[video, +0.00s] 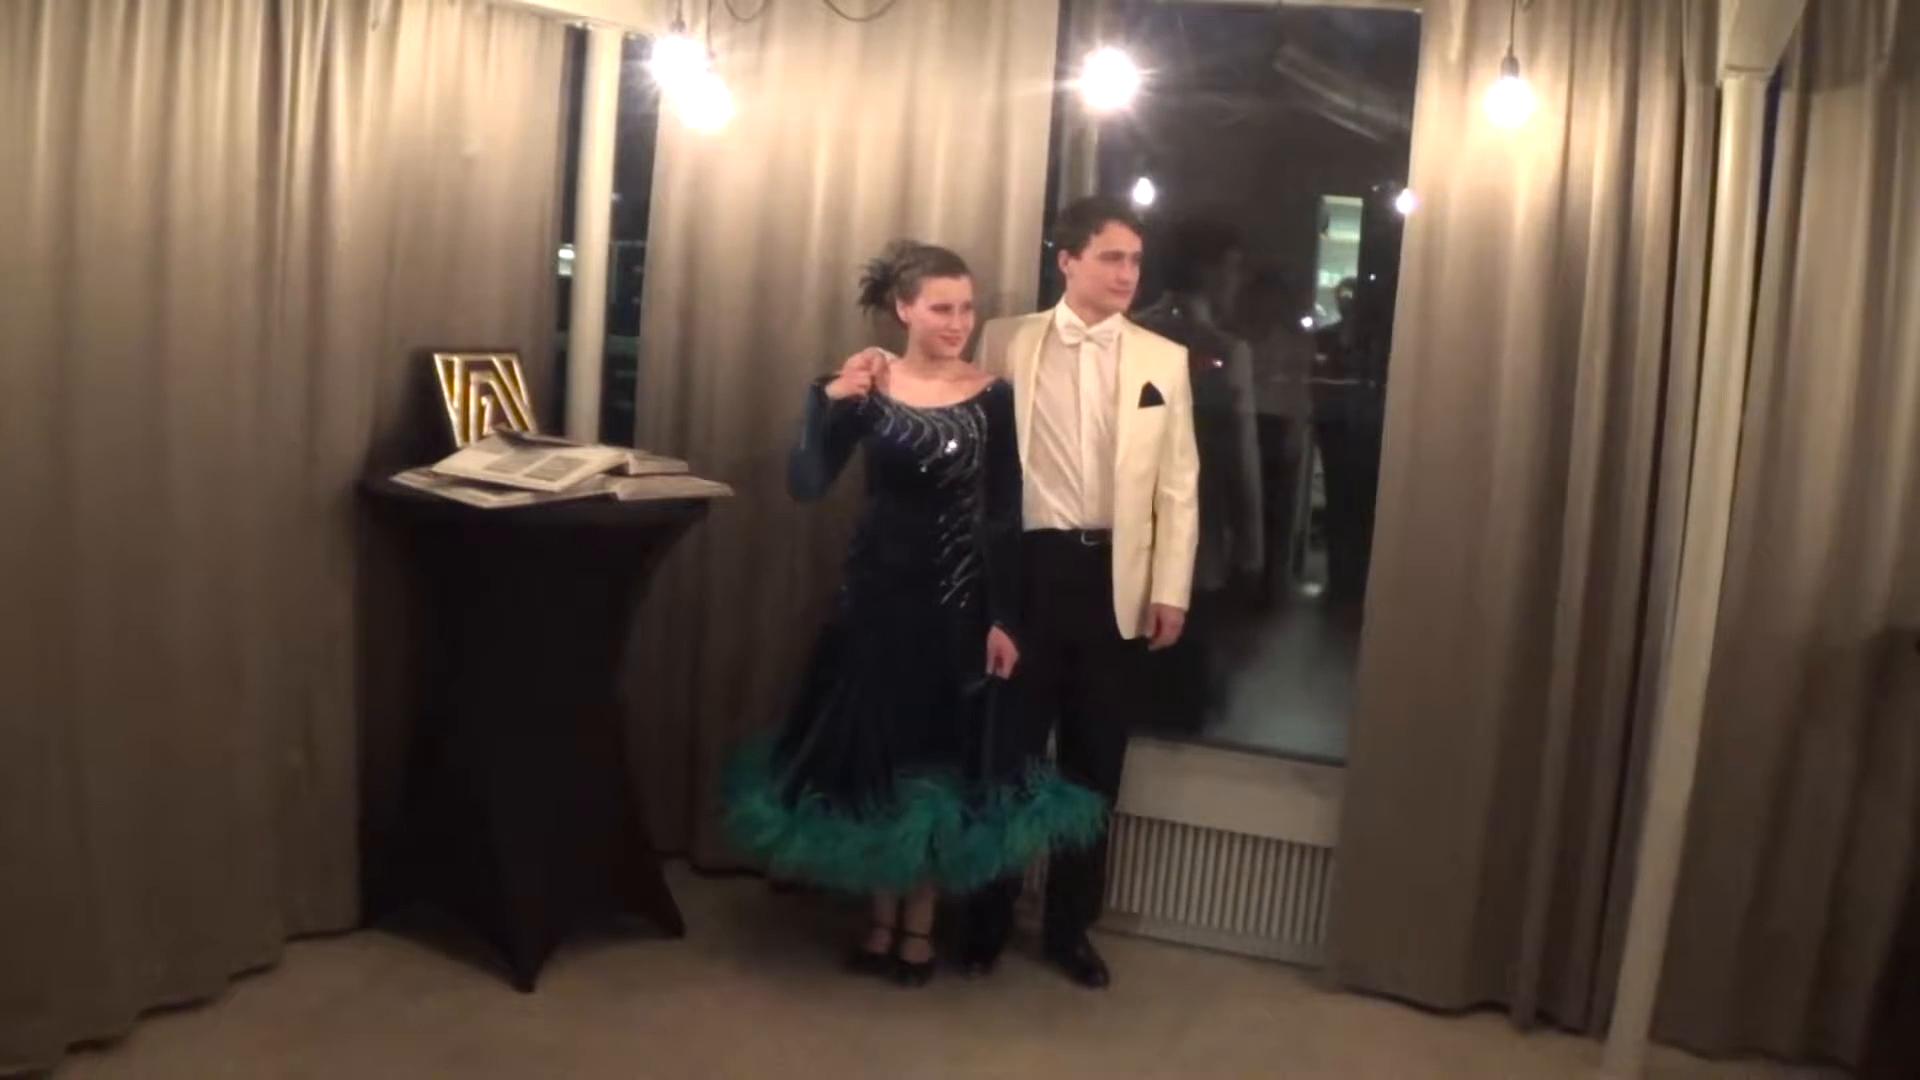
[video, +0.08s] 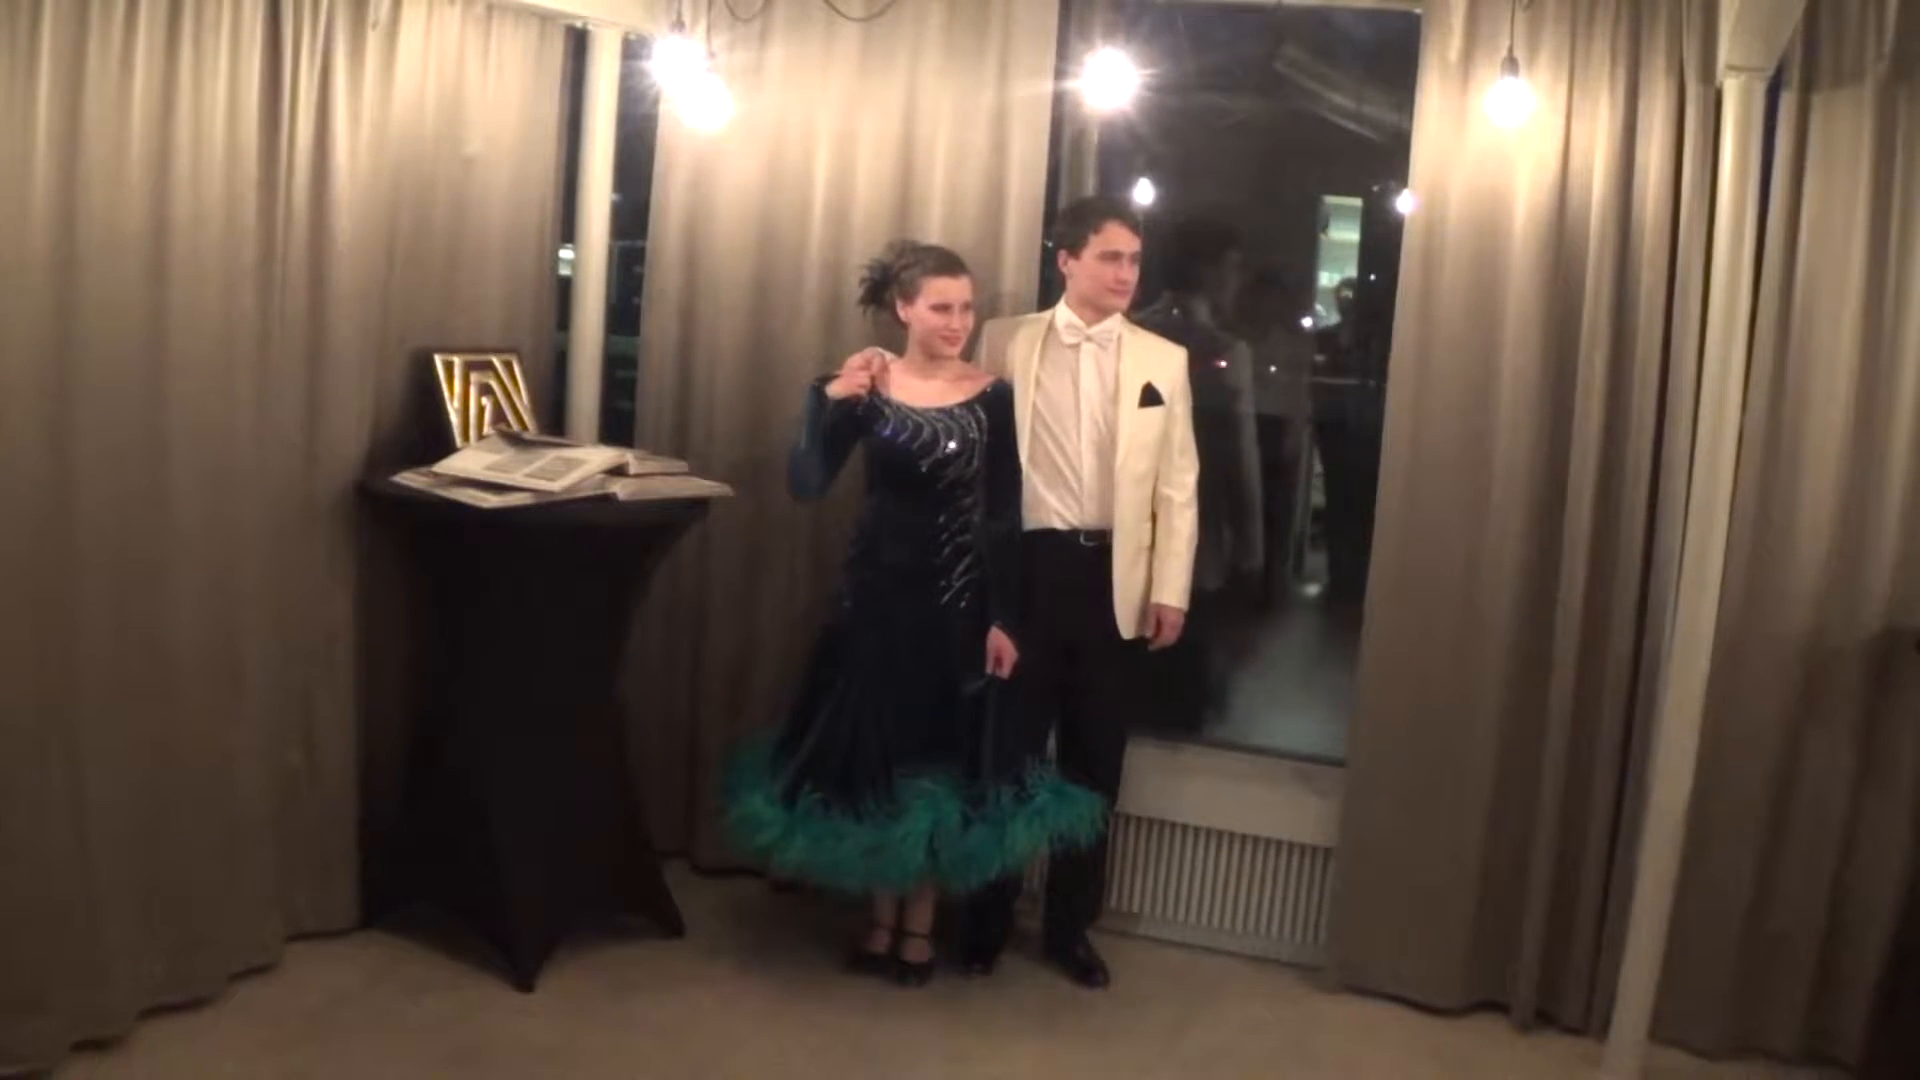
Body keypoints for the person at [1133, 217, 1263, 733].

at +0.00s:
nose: (1240, 281)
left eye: (1240, 270)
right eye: (1232, 269)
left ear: (1177, 266)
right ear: (1211, 271)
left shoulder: (1137, 331)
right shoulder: (1227, 348)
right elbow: (1241, 454)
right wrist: (1251, 548)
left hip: (1135, 501)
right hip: (1197, 516)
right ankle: (1189, 703)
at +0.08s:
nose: (1240, 281)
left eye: (1240, 270)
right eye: (1233, 269)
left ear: (1177, 265)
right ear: (1212, 271)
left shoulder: (1136, 332)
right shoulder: (1227, 349)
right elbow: (1241, 455)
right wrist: (1251, 548)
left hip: (1134, 502)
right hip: (1198, 518)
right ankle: (1190, 702)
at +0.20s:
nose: (1240, 281)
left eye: (1240, 270)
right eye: (1233, 269)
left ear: (1177, 265)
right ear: (1213, 271)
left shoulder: (1136, 332)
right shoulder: (1225, 350)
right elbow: (1240, 456)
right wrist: (1250, 549)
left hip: (1133, 504)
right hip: (1197, 520)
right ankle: (1190, 702)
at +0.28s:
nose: (1239, 280)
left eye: (1239, 269)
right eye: (1232, 268)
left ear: (1178, 265)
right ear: (1209, 270)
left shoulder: (1140, 331)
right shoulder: (1226, 348)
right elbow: (1239, 456)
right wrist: (1250, 551)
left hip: (1138, 499)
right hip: (1196, 515)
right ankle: (1189, 701)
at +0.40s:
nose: (1237, 280)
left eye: (1238, 268)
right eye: (1231, 268)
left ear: (1170, 263)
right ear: (1212, 271)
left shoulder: (1135, 330)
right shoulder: (1213, 347)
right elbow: (1232, 457)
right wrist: (1248, 545)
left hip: (1135, 496)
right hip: (1190, 513)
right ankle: (1181, 698)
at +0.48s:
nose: (1237, 280)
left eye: (1238, 268)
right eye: (1231, 268)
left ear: (1169, 264)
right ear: (1212, 271)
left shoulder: (1133, 331)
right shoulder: (1215, 349)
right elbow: (1233, 458)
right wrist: (1248, 544)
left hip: (1133, 496)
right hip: (1191, 513)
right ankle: (1184, 698)